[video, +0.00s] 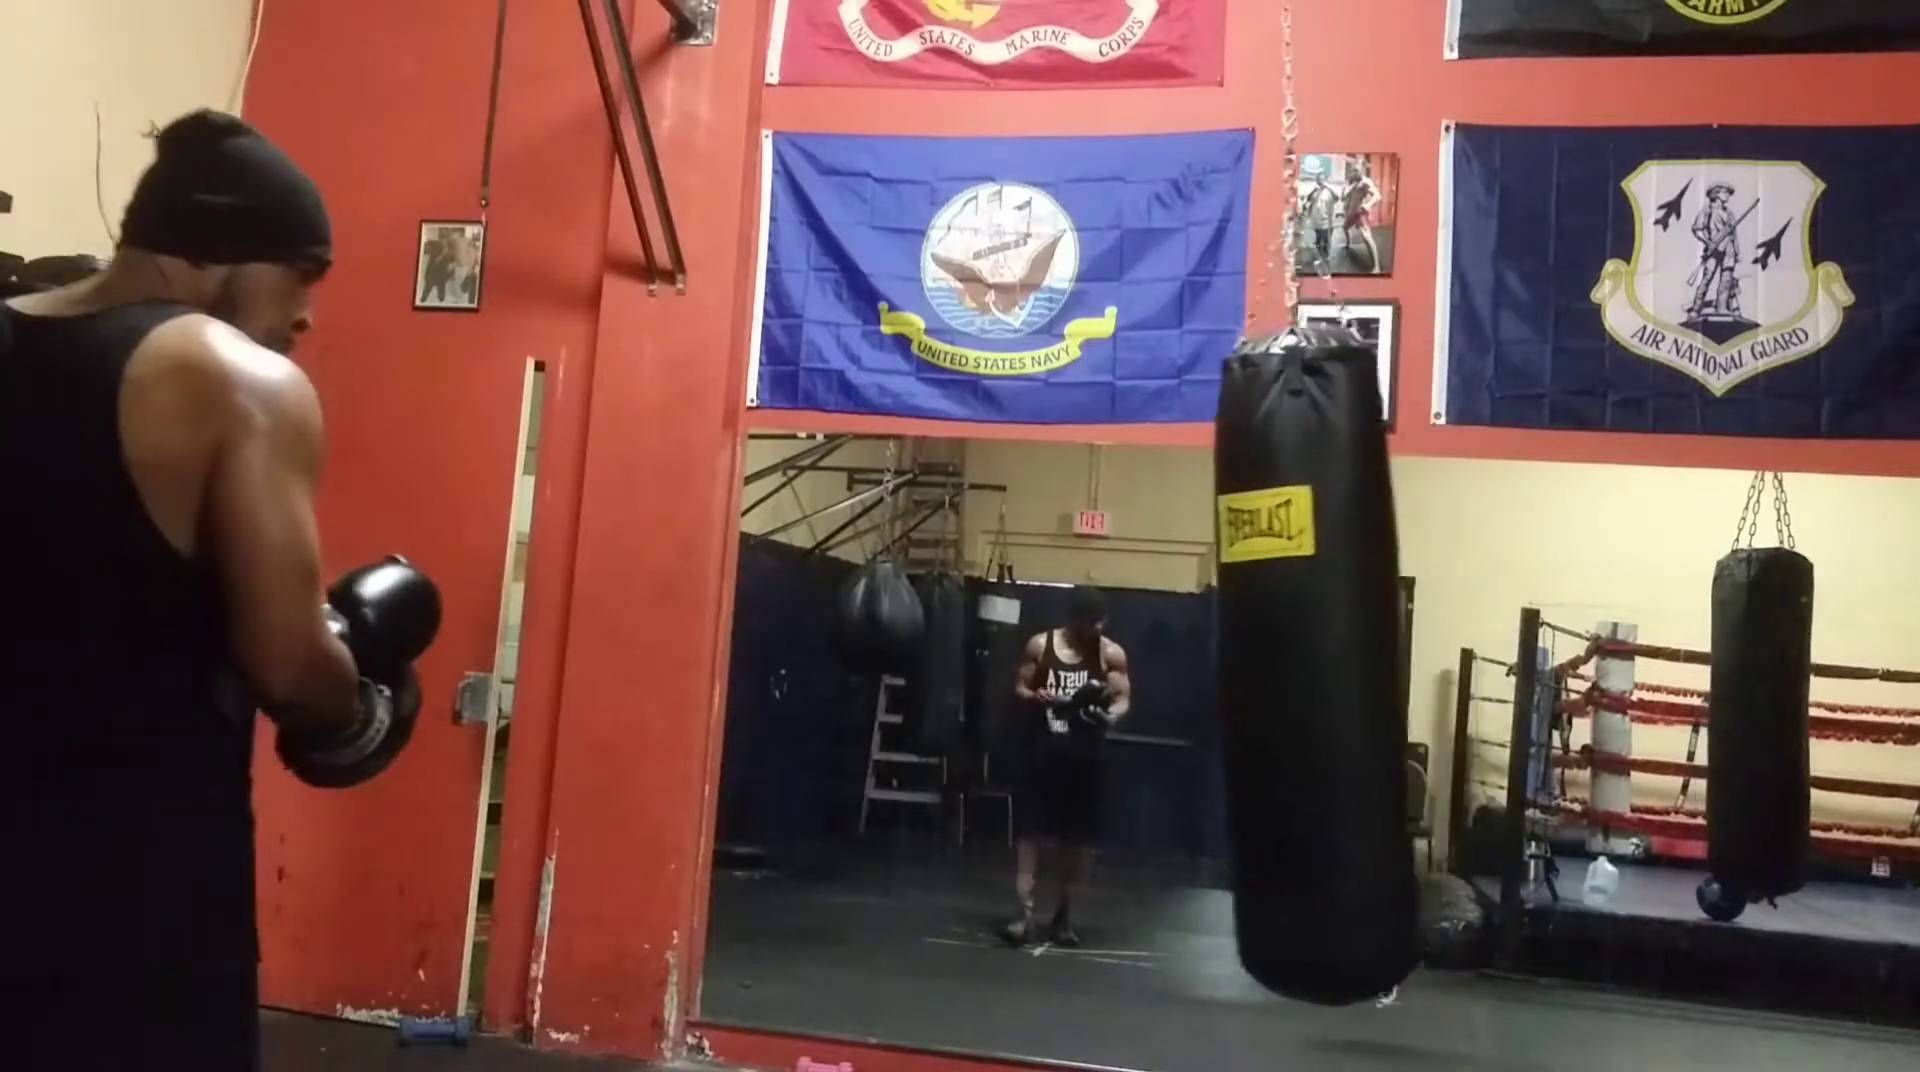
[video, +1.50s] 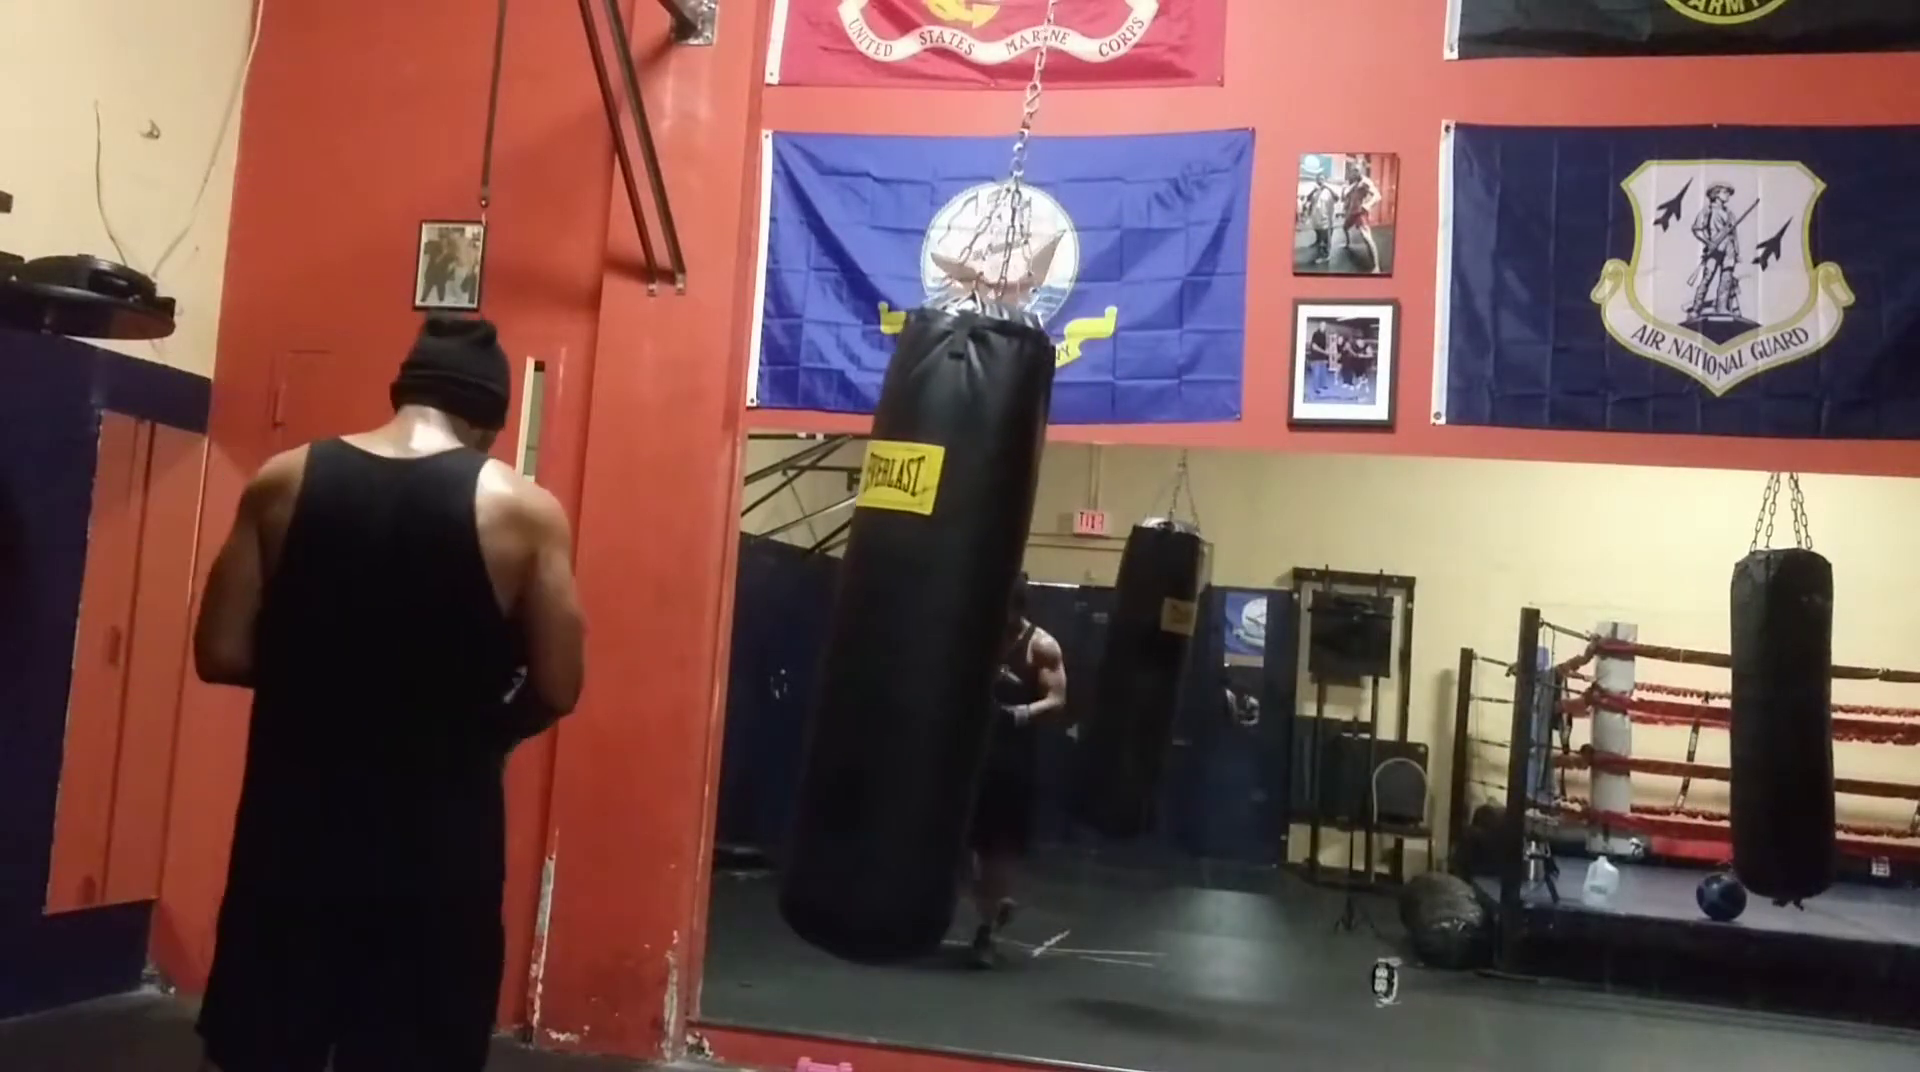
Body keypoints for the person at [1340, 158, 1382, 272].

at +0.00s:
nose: (1352, 173)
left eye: (1355, 170)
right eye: (1351, 171)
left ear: (1360, 171)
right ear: (1349, 172)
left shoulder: (1365, 182)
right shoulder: (1350, 185)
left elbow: (1376, 195)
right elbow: (1343, 198)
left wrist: (1367, 206)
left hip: (1360, 213)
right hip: (1350, 214)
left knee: (1366, 237)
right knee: (1346, 228)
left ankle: (1375, 266)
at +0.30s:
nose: (1352, 173)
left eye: (1355, 170)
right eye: (1351, 171)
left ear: (1359, 171)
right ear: (1349, 172)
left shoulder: (1365, 182)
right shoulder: (1351, 184)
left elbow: (1376, 196)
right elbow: (1345, 198)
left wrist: (1367, 206)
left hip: (1360, 212)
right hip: (1351, 212)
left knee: (1366, 237)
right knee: (1345, 227)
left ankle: (1376, 266)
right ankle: (1348, 243)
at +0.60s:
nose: (1352, 173)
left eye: (1355, 170)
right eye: (1351, 171)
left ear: (1359, 171)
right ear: (1350, 172)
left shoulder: (1365, 182)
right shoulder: (1350, 184)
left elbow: (1376, 196)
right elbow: (1344, 198)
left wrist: (1367, 206)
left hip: (1360, 212)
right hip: (1351, 212)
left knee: (1366, 237)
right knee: (1345, 227)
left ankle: (1376, 266)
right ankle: (1348, 243)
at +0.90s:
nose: (1352, 174)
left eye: (1355, 171)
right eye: (1351, 171)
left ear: (1359, 172)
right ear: (1350, 173)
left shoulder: (1365, 182)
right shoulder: (1350, 184)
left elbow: (1376, 196)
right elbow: (1344, 198)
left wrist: (1367, 206)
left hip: (1361, 212)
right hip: (1351, 212)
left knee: (1366, 236)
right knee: (1345, 227)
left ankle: (1376, 266)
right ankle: (1348, 243)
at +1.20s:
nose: (1351, 174)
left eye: (1354, 171)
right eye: (1350, 172)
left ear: (1358, 172)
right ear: (1350, 173)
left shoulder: (1365, 182)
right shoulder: (1351, 184)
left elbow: (1376, 195)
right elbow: (1345, 199)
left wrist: (1367, 206)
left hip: (1361, 212)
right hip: (1351, 212)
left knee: (1366, 237)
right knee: (1345, 227)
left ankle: (1376, 266)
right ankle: (1348, 243)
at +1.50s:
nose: (1352, 174)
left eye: (1355, 171)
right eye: (1351, 171)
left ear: (1359, 172)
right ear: (1349, 173)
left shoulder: (1365, 182)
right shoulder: (1349, 184)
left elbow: (1376, 196)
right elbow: (1343, 198)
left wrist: (1366, 206)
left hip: (1360, 212)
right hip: (1350, 213)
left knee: (1367, 237)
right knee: (1345, 227)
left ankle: (1376, 266)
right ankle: (1348, 243)